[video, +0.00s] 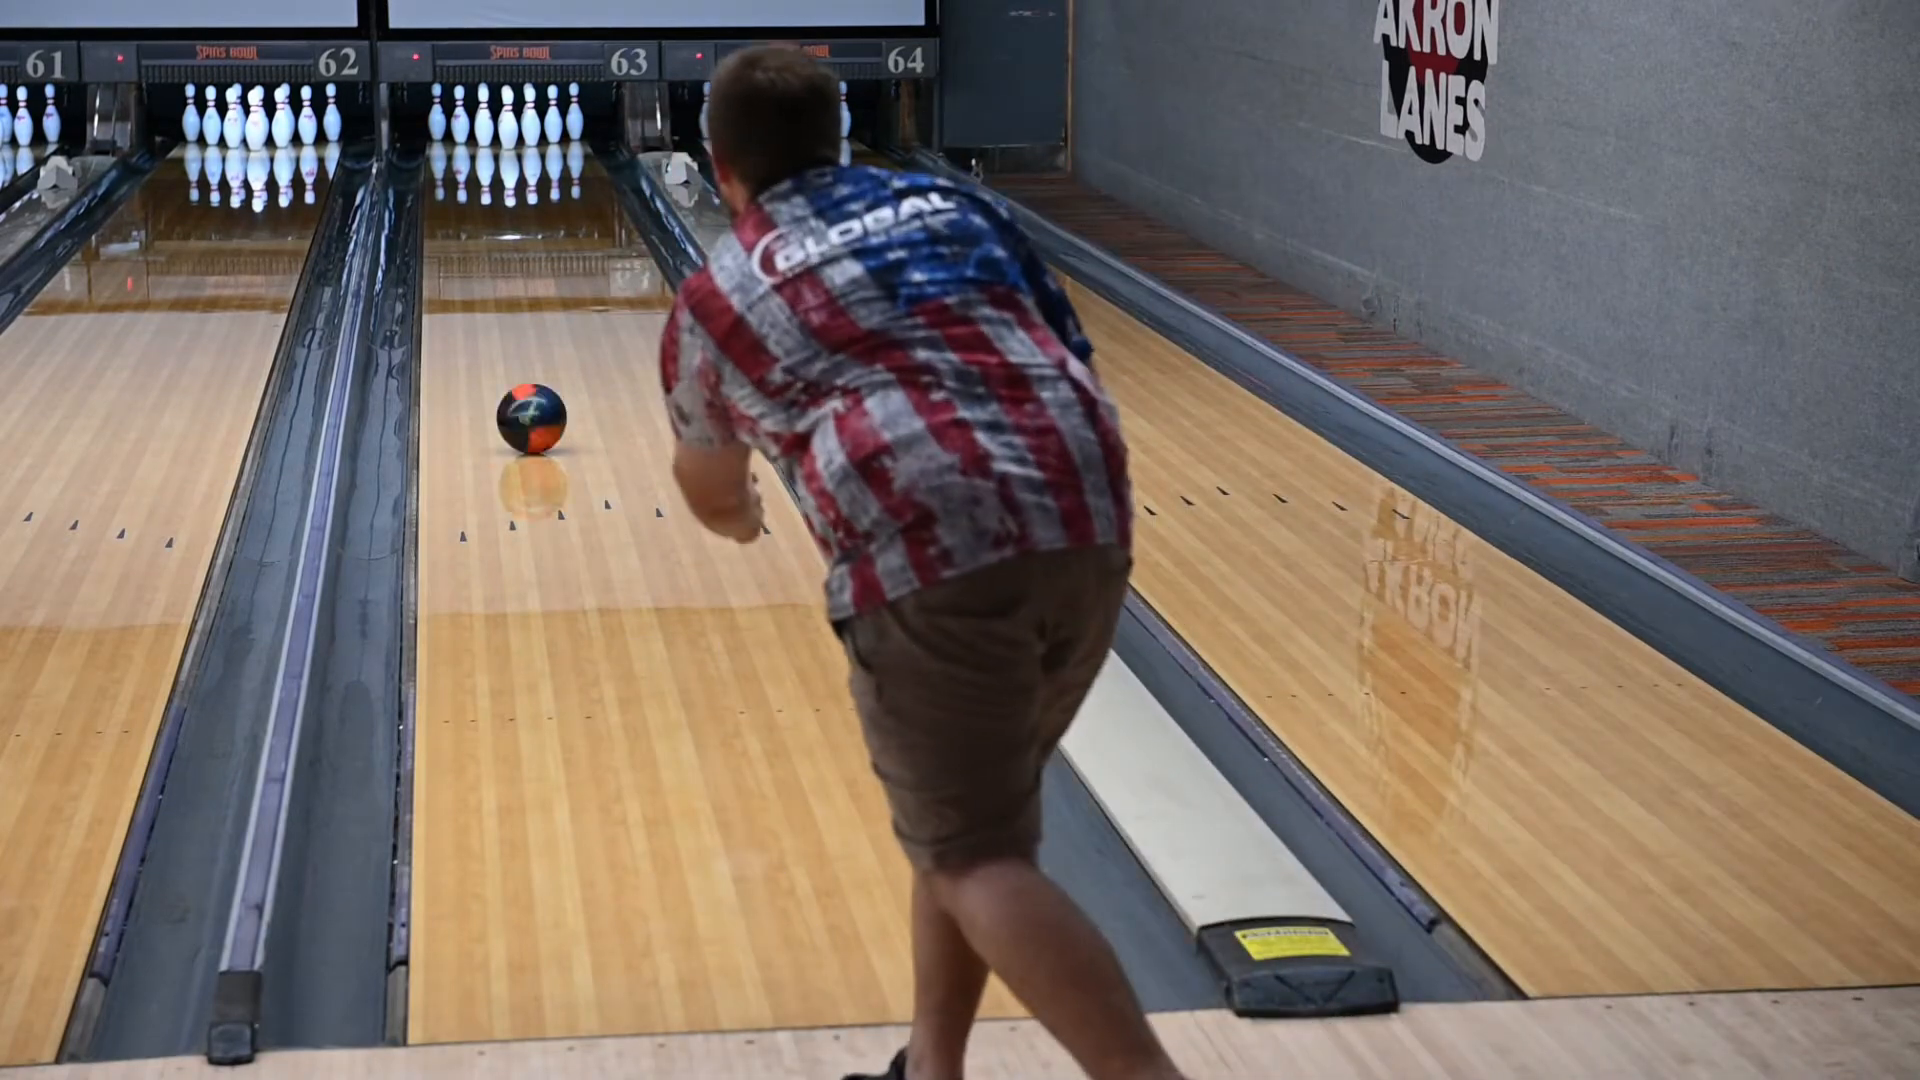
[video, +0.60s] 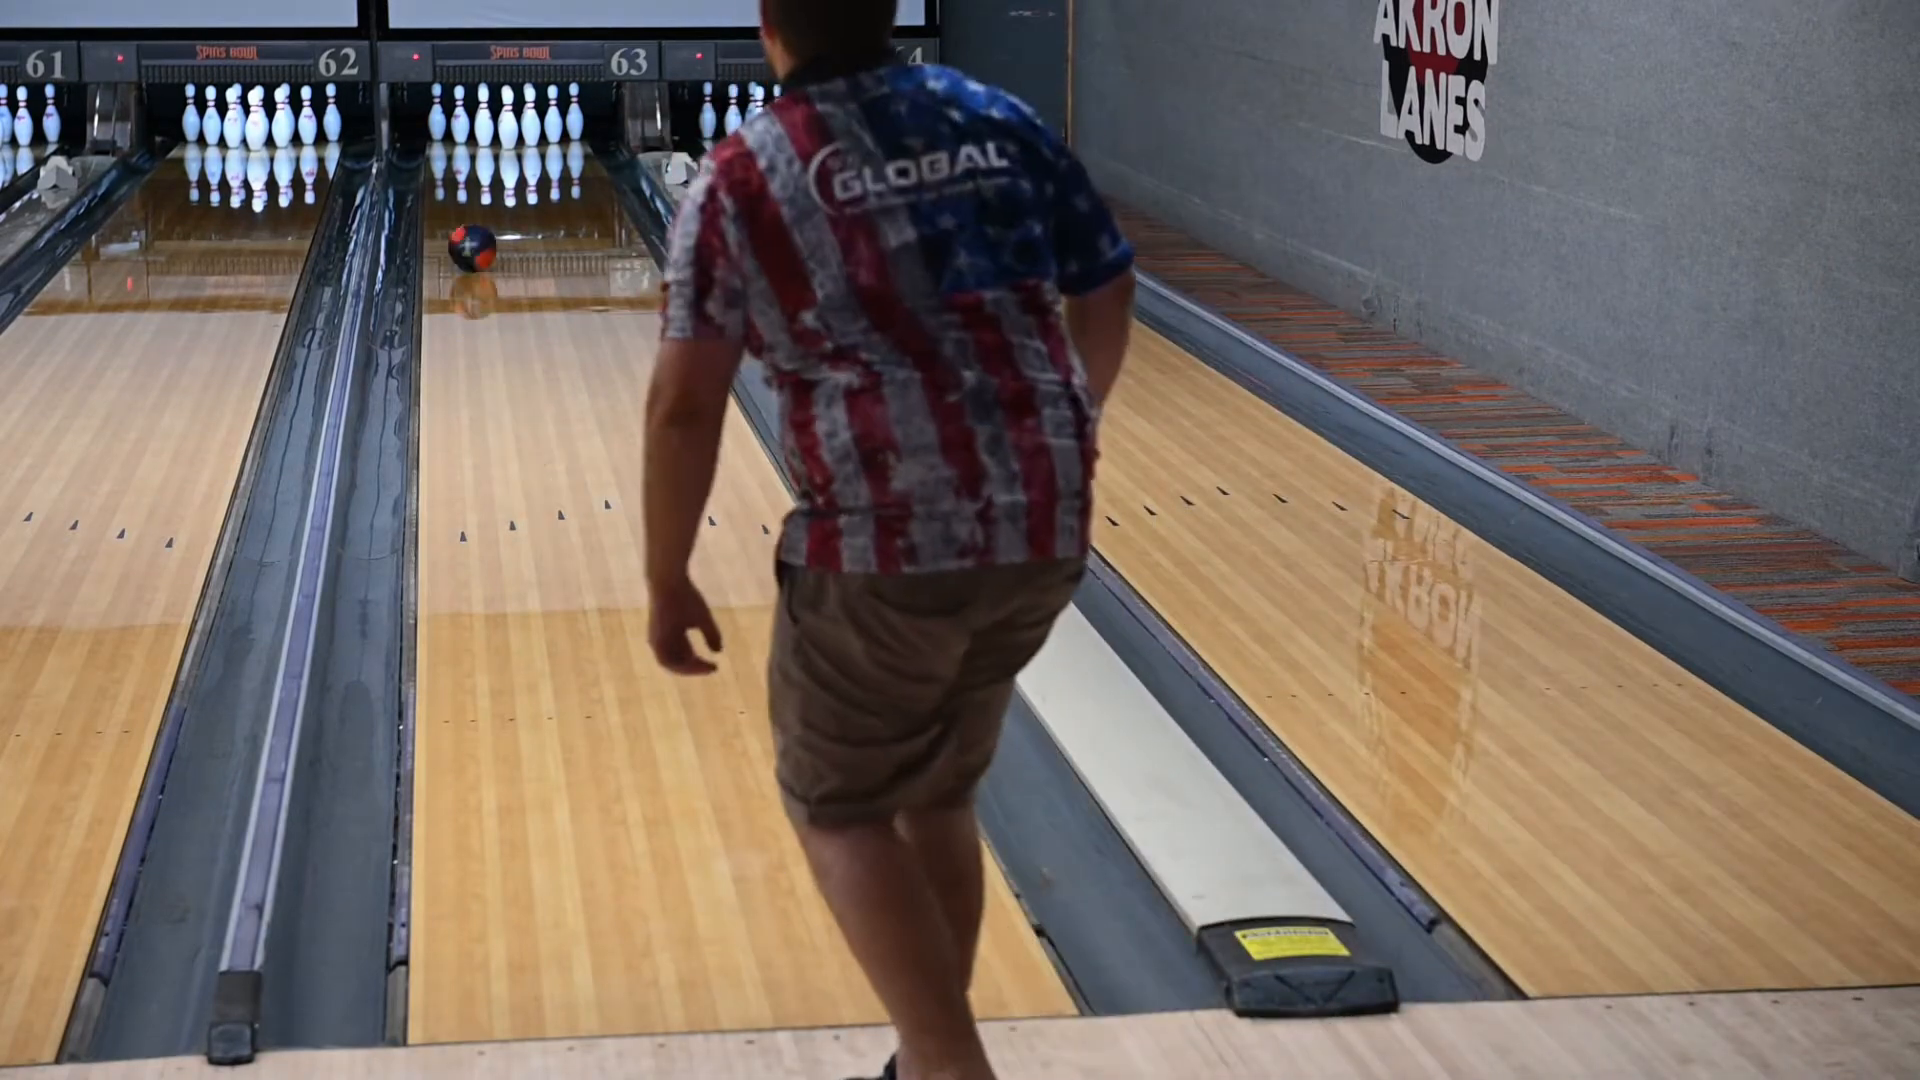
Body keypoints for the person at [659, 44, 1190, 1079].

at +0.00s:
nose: (714, 178)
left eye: (713, 163)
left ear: (724, 170)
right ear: (840, 140)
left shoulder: (717, 295)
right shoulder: (958, 202)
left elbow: (715, 487)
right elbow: (1067, 348)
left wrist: (733, 514)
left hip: (931, 554)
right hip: (1092, 525)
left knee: (975, 856)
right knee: (973, 825)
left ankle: (1145, 1072)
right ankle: (931, 1069)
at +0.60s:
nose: (765, 37)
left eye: (763, 25)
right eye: (776, 23)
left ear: (773, 32)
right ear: (889, 20)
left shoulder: (743, 178)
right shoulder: (1002, 122)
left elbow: (685, 406)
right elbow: (1105, 293)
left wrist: (668, 574)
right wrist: (1067, 433)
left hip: (883, 546)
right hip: (1042, 528)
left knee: (840, 800)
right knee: (943, 793)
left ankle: (953, 1069)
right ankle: (932, 1057)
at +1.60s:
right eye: (937, 3)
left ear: (803, 1)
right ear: (929, 6)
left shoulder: (700, 127)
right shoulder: (1007, 140)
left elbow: (619, 337)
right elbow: (1095, 360)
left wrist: (726, 386)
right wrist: (1091, 475)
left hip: (760, 558)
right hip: (965, 559)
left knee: (815, 878)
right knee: (997, 852)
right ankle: (983, 1069)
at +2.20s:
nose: (1058, 47)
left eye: (1055, 25)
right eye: (1049, 24)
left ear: (923, 30)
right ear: (999, 37)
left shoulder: (862, 158)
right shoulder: (971, 202)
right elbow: (1078, 452)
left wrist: (1108, 381)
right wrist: (1152, 403)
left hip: (895, 648)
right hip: (971, 673)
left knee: (935, 1017)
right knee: (971, 1035)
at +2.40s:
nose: (1128, 21)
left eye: (1118, 2)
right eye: (1096, 4)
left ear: (1008, 32)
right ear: (997, 26)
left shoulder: (1038, 151)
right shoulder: (947, 180)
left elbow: (1111, 353)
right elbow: (1061, 449)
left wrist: (1195, 379)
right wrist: (1203, 415)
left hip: (1105, 691)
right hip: (962, 721)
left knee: (1137, 1023)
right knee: (920, 1057)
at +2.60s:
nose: (1184, 38)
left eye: (1182, 8)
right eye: (1139, 17)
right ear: (1039, 46)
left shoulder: (1195, 183)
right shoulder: (969, 214)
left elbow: (1240, 383)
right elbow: (1019, 493)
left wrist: (1305, 414)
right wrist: (1256, 483)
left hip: (1202, 753)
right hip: (1003, 774)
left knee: (1206, 1063)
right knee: (951, 1063)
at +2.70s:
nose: (1232, 52)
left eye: (1233, 16)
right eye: (1182, 30)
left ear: (1252, 17)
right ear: (1081, 57)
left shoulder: (1271, 203)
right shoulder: (1006, 233)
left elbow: (1354, 375)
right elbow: (1005, 508)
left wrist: (1389, 400)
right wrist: (1264, 549)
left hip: (1266, 784)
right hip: (1047, 800)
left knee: (1258, 1065)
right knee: (997, 1067)